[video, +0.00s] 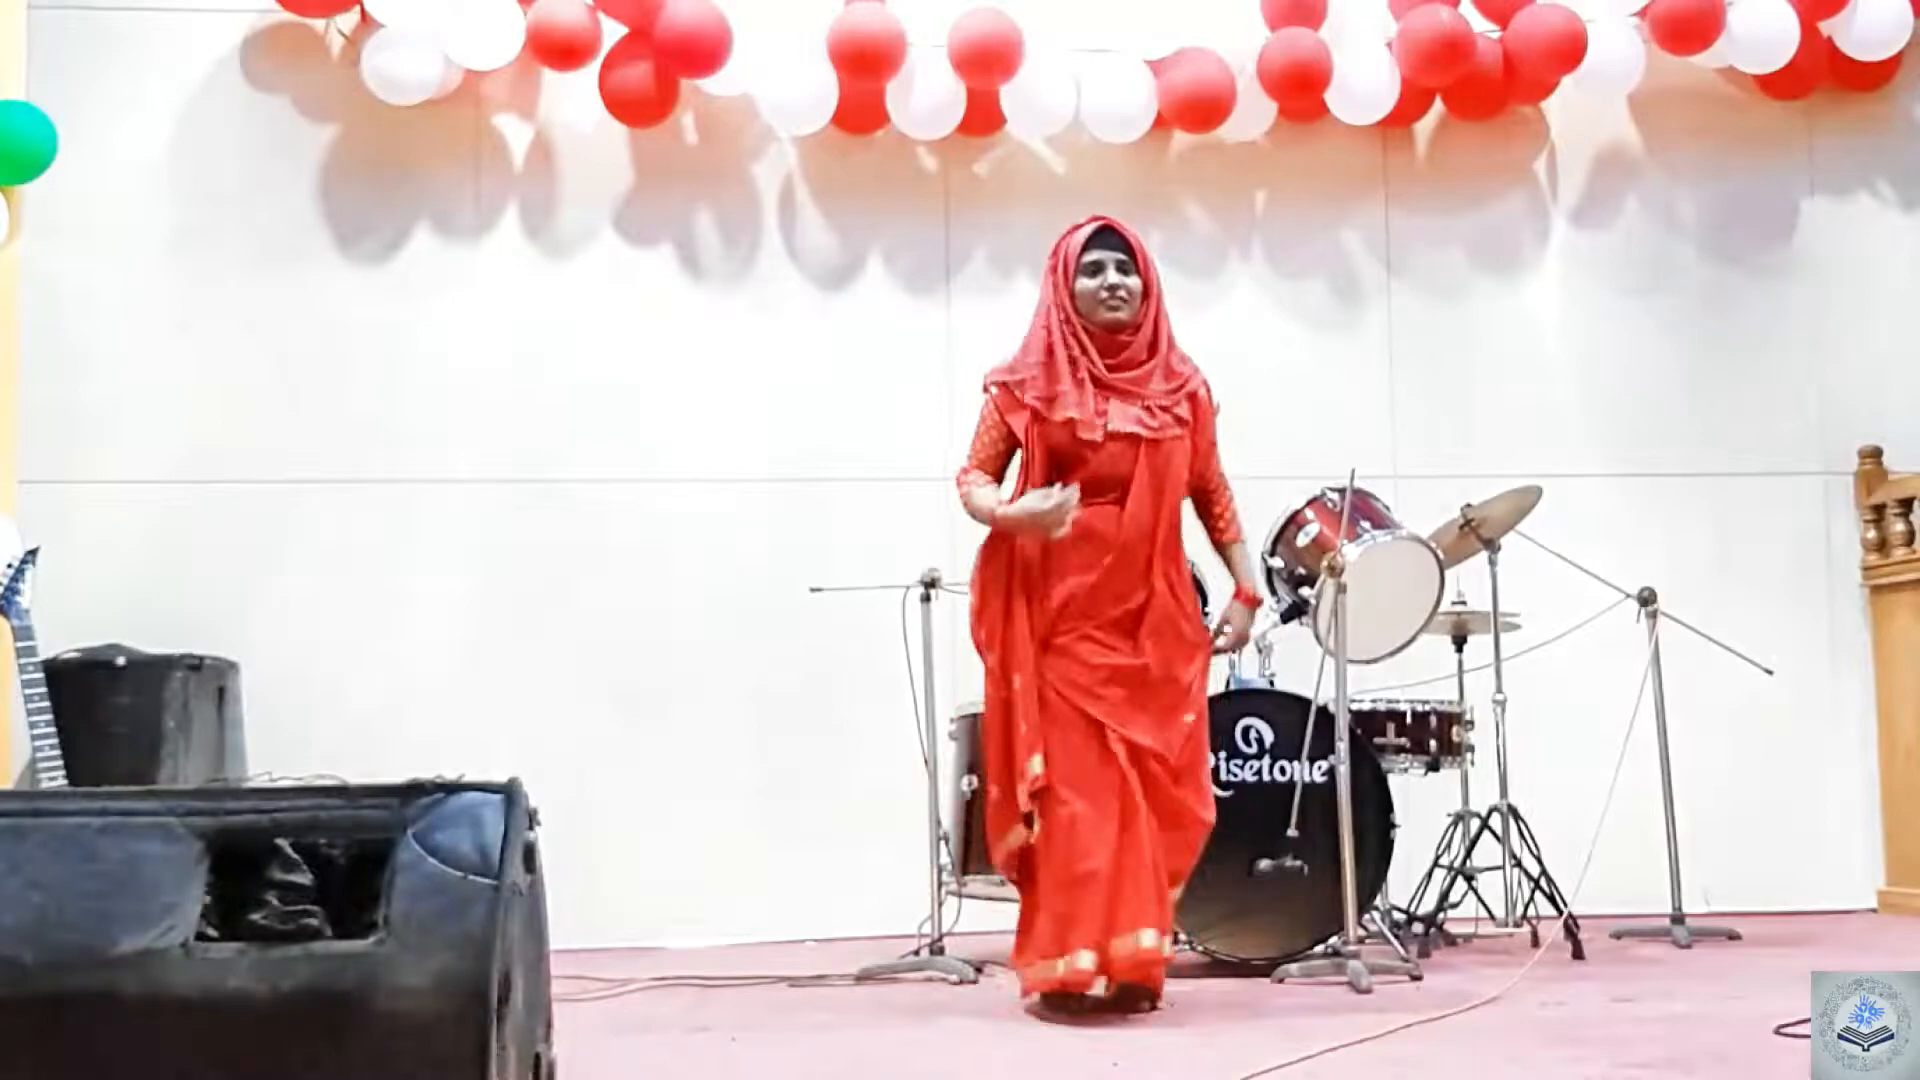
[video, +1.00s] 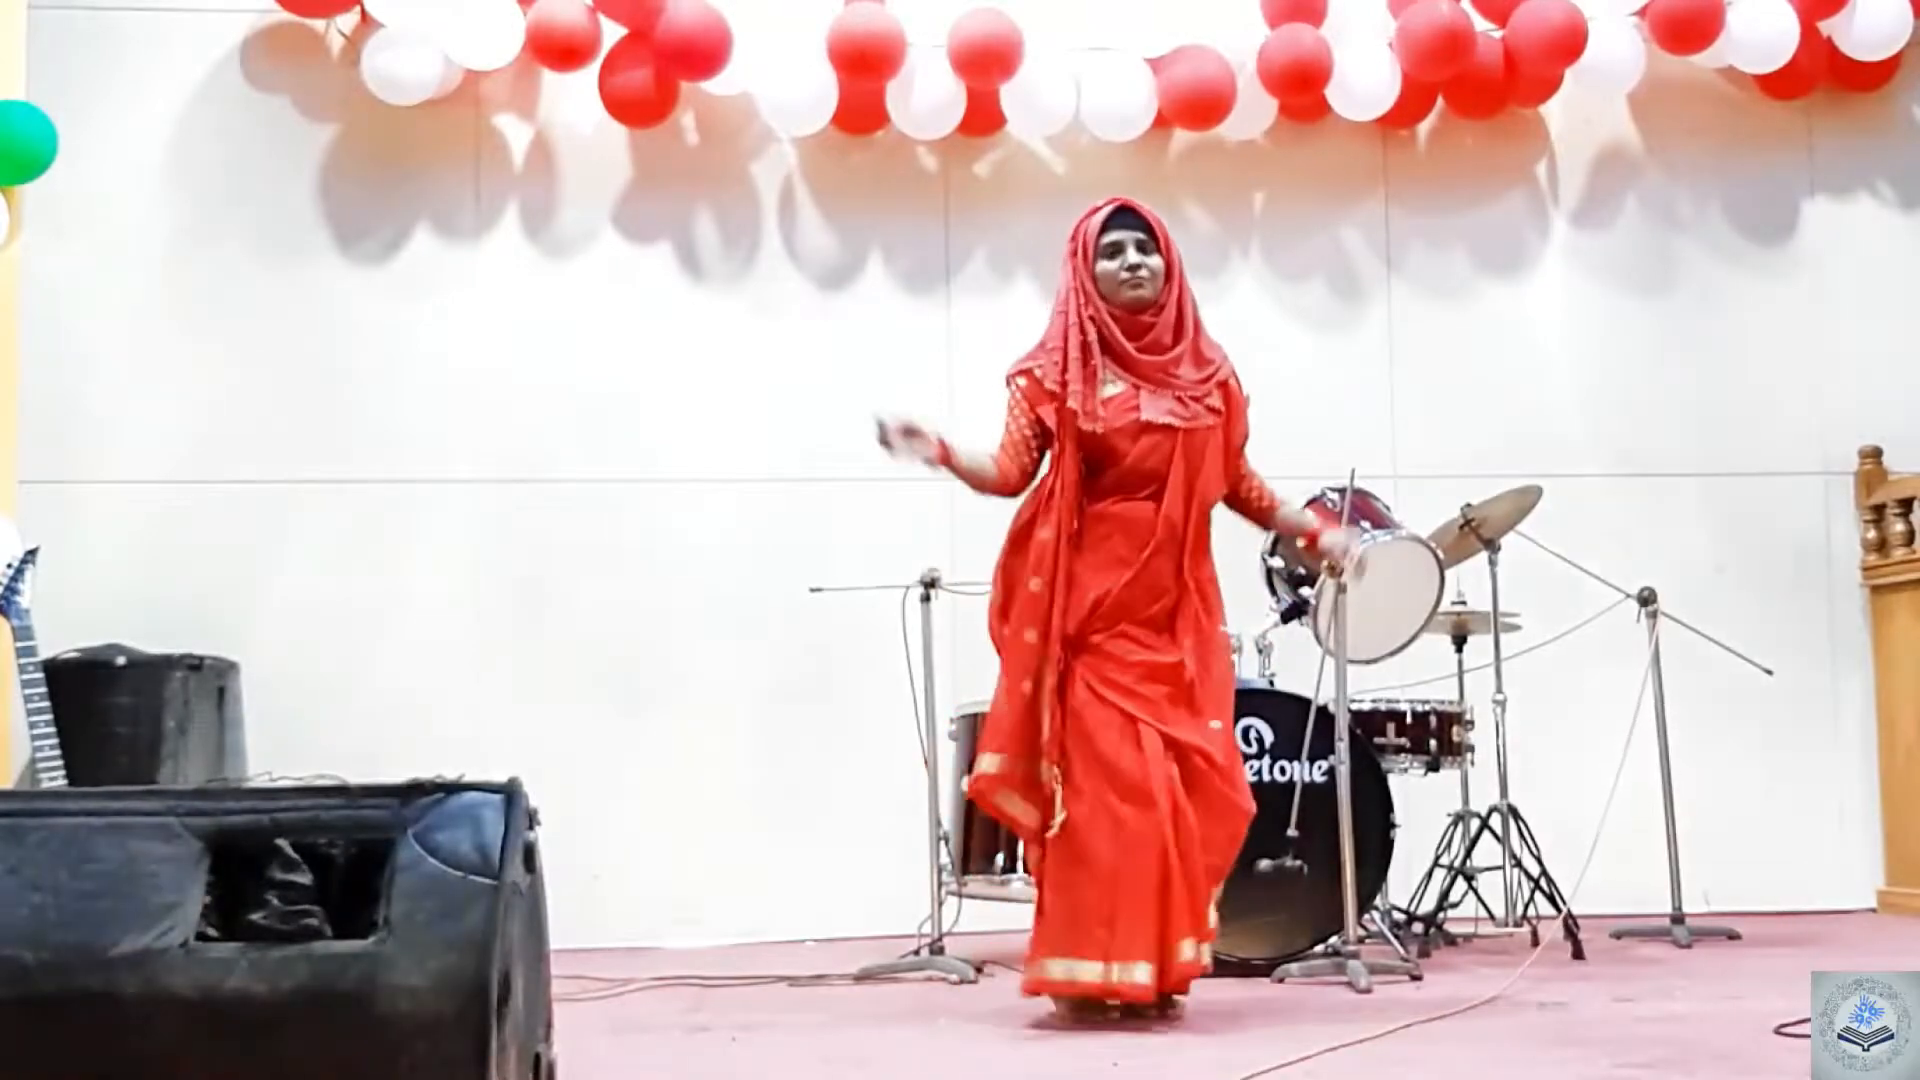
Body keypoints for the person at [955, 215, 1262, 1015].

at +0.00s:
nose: (1111, 280)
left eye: (1123, 268)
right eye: (1094, 270)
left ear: (1144, 284)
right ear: (1067, 288)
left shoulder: (1180, 384)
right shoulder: (1029, 380)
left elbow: (1212, 493)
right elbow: (975, 478)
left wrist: (1246, 583)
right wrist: (1006, 512)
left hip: (1156, 617)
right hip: (1062, 618)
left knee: (1160, 785)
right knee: (1074, 781)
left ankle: (1135, 955)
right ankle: (1071, 963)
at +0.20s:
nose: (1107, 280)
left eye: (1121, 268)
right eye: (1090, 269)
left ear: (1146, 284)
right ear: (1062, 286)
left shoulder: (1181, 382)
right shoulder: (1028, 381)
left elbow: (1250, 469)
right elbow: (966, 474)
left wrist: (1299, 546)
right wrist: (949, 553)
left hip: (1157, 613)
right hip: (1056, 615)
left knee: (1148, 787)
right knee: (1060, 784)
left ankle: (1134, 963)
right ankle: (1061, 970)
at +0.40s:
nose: (1106, 281)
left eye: (1120, 269)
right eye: (1090, 271)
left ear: (1143, 286)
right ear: (1063, 288)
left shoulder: (1180, 389)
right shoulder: (1025, 390)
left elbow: (1199, 503)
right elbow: (1004, 507)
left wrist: (1259, 592)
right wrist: (985, 610)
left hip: (1159, 615)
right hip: (1061, 616)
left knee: (1153, 784)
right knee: (1060, 783)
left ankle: (1133, 966)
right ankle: (1048, 967)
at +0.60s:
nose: (1116, 277)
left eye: (1128, 264)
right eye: (1098, 268)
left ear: (1153, 279)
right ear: (1070, 287)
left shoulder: (1186, 387)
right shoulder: (1036, 381)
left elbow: (1198, 503)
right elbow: (992, 487)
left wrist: (1219, 594)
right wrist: (984, 583)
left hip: (1165, 611)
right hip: (1069, 614)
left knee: (1165, 784)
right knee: (1064, 780)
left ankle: (1153, 968)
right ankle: (1043, 969)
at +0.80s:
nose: (1128, 290)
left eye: (1140, 277)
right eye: (1111, 278)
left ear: (1161, 291)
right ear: (1083, 295)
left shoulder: (1197, 400)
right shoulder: (1044, 395)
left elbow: (1213, 522)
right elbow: (1011, 498)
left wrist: (1260, 617)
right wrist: (989, 543)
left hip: (1184, 628)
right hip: (1088, 626)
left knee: (1197, 791)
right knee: (1101, 783)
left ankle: (1156, 966)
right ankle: (1086, 969)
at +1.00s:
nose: (1132, 262)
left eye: (1143, 249)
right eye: (1113, 254)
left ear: (1167, 265)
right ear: (1086, 275)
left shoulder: (1207, 376)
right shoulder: (1055, 373)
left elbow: (1237, 481)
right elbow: (1009, 473)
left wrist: (1307, 530)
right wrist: (942, 450)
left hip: (1178, 619)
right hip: (1089, 618)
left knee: (1211, 789)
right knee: (1123, 786)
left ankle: (1158, 964)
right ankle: (1106, 978)